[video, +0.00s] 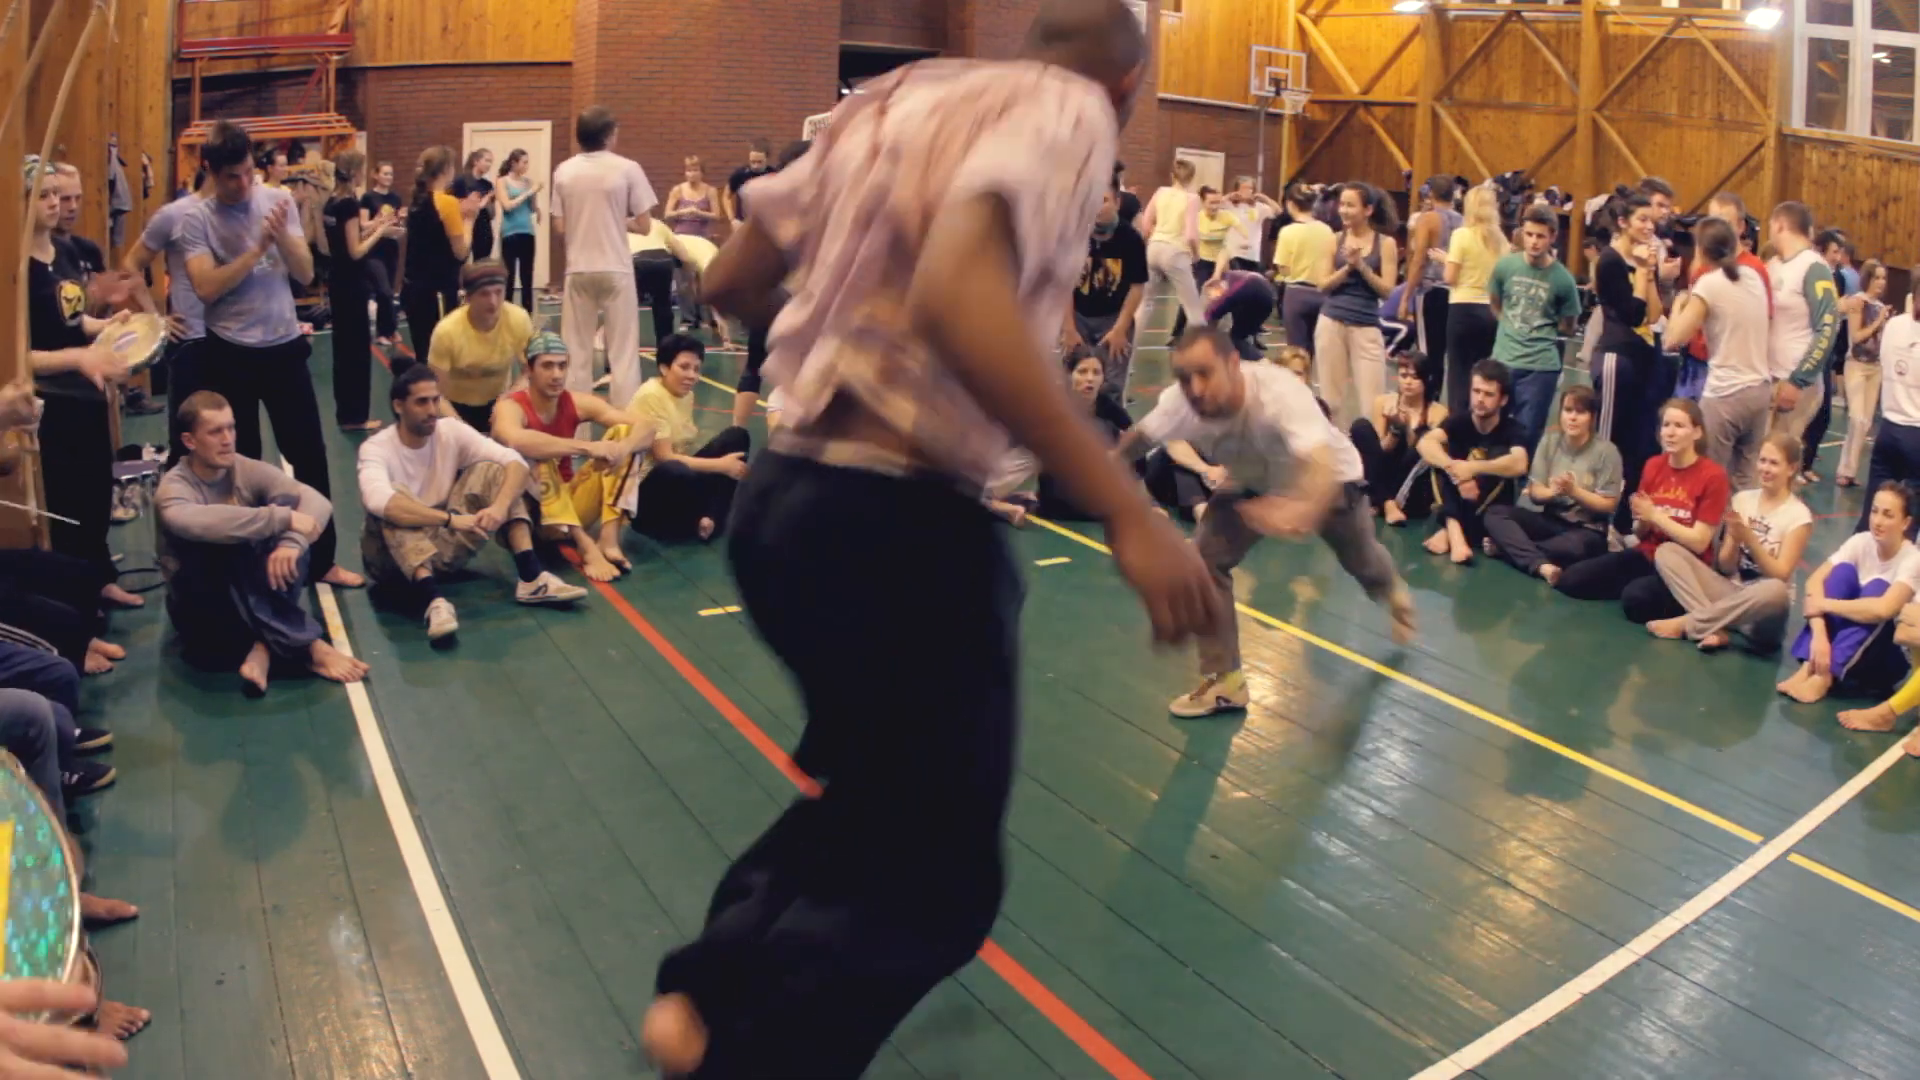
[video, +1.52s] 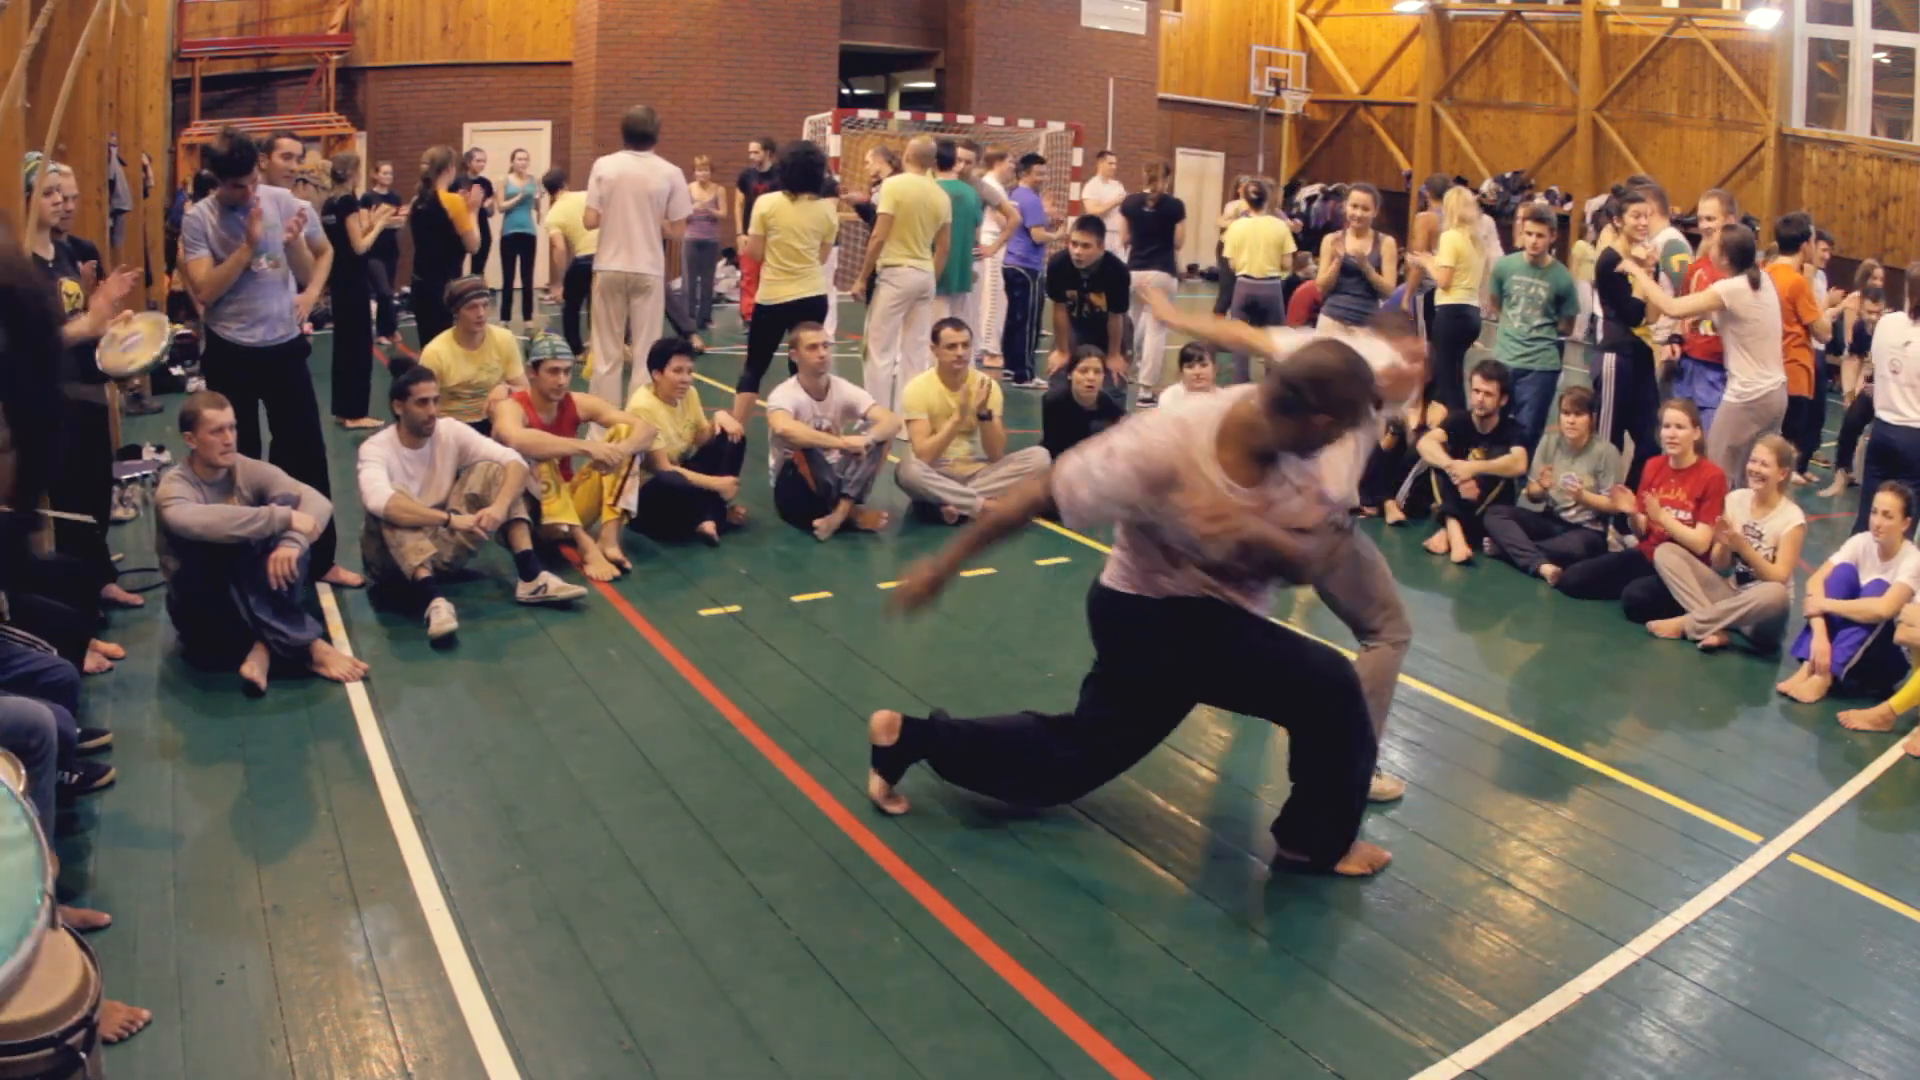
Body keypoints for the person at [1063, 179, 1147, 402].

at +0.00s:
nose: (1098, 207)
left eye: (1104, 201)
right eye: (1095, 201)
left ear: (1117, 204)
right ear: (1087, 203)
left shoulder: (1131, 240)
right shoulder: (1076, 233)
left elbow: (1137, 287)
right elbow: (1065, 283)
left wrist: (1119, 330)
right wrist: (1069, 328)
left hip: (1114, 318)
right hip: (1078, 317)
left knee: (1113, 378)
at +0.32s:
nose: (1102, 231)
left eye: (1110, 225)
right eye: (1097, 223)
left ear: (1125, 226)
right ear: (1090, 222)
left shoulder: (1135, 260)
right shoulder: (1076, 248)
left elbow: (1136, 308)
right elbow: (1068, 294)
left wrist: (1121, 347)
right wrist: (1067, 338)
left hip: (1119, 328)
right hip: (1082, 322)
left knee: (1117, 386)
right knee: (1066, 378)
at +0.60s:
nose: (1087, 257)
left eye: (1094, 251)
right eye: (1081, 250)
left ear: (1109, 249)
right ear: (1075, 247)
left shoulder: (1125, 271)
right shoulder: (1065, 269)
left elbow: (1129, 315)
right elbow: (1066, 312)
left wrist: (1119, 351)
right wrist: (1070, 351)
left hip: (1116, 339)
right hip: (1082, 338)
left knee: (1115, 387)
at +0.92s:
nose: (1079, 257)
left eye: (1086, 250)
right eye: (1074, 249)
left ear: (1101, 249)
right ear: (1067, 246)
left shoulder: (1116, 271)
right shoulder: (1057, 266)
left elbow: (1117, 317)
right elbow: (1060, 311)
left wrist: (1114, 354)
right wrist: (1065, 349)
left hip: (1108, 332)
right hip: (1074, 331)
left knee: (1114, 386)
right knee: (1061, 381)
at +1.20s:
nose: (1079, 255)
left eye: (1086, 249)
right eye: (1075, 248)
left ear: (1101, 249)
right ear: (1068, 245)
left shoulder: (1115, 272)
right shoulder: (1057, 266)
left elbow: (1114, 317)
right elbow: (1059, 311)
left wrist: (1113, 354)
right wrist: (1062, 351)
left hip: (1104, 331)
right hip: (1072, 331)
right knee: (1058, 389)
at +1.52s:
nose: (1078, 252)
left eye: (1086, 246)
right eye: (1074, 244)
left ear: (1101, 247)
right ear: (1068, 242)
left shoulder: (1117, 271)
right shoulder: (1058, 265)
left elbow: (1115, 316)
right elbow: (1060, 309)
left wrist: (1114, 354)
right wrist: (1062, 350)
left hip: (1107, 332)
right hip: (1072, 331)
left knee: (1113, 387)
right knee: (1058, 385)